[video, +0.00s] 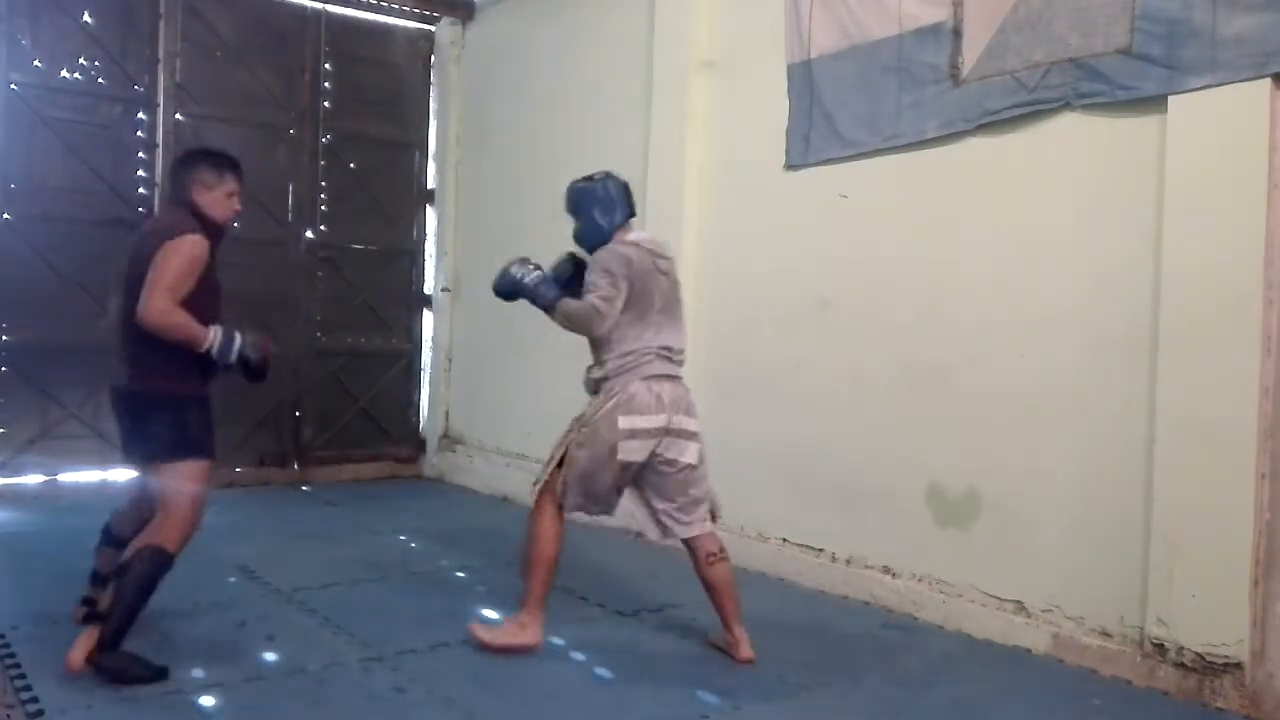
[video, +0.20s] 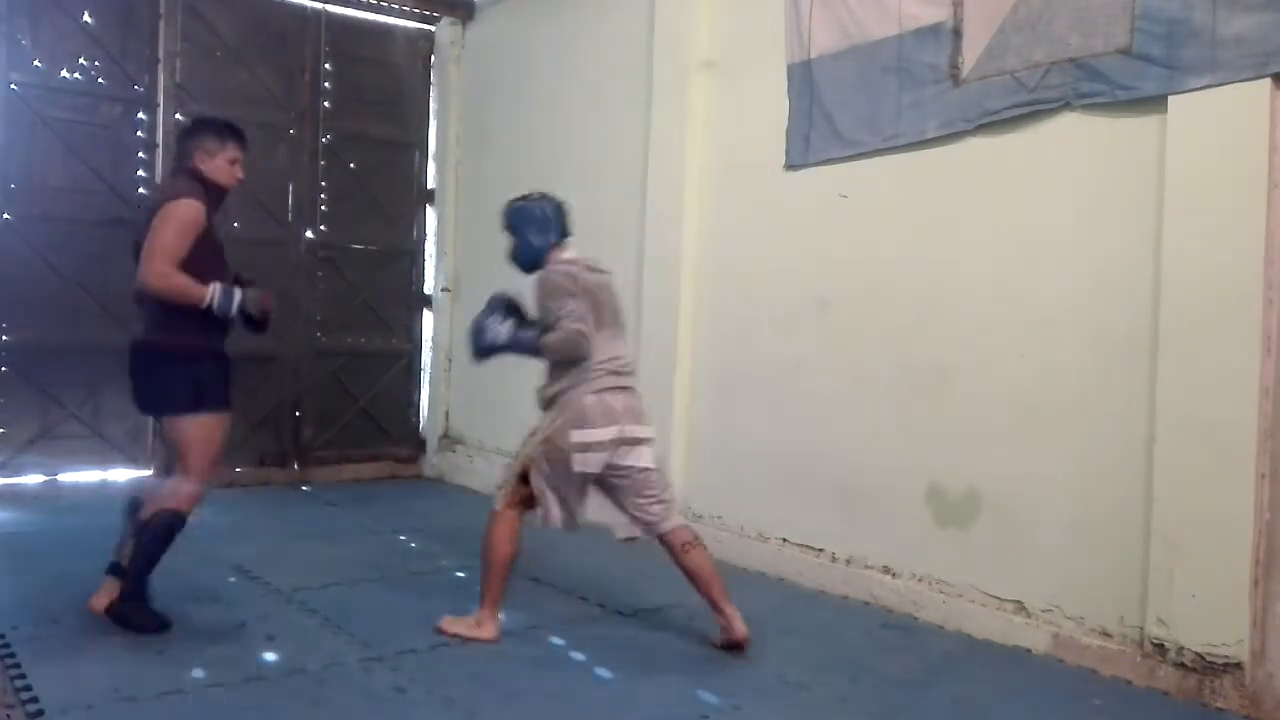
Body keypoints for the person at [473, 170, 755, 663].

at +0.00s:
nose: (574, 229)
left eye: (577, 219)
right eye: (572, 220)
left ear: (594, 218)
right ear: (628, 212)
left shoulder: (611, 258)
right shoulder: (661, 257)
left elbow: (593, 319)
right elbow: (631, 311)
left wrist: (540, 293)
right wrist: (578, 281)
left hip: (626, 403)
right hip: (676, 402)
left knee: (551, 498)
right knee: (696, 522)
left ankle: (528, 621)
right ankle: (737, 636)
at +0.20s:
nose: (510, 248)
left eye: (513, 236)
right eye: (509, 236)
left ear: (533, 235)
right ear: (558, 233)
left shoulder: (556, 276)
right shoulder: (595, 275)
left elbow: (576, 340)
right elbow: (583, 338)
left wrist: (513, 339)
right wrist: (528, 323)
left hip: (583, 412)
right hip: (626, 408)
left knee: (511, 502)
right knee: (663, 518)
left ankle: (486, 618)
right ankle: (730, 619)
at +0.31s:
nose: (473, 245)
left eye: (477, 233)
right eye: (473, 234)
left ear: (498, 232)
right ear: (522, 229)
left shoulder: (521, 274)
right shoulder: (565, 274)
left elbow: (531, 343)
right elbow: (547, 347)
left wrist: (477, 341)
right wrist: (487, 341)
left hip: (551, 407)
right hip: (595, 406)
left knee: (489, 501)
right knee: (625, 515)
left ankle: (484, 617)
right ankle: (699, 594)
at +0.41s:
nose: (457, 232)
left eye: (460, 221)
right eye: (456, 222)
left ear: (480, 219)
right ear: (508, 214)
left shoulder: (497, 261)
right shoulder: (551, 259)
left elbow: (483, 326)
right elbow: (513, 326)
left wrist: (436, 301)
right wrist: (452, 300)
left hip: (532, 392)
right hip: (579, 389)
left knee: (486, 499)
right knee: (582, 498)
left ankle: (484, 617)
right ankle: (637, 579)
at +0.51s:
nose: (454, 221)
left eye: (455, 211)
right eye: (452, 212)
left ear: (473, 207)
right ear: (502, 202)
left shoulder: (479, 249)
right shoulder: (544, 248)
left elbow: (445, 309)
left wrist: (414, 267)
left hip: (515, 382)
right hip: (563, 380)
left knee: (483, 495)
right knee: (548, 482)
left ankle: (483, 610)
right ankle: (577, 585)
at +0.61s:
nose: (454, 218)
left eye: (455, 208)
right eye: (453, 209)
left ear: (468, 207)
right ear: (501, 200)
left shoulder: (475, 248)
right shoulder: (543, 246)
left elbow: (449, 310)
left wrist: (417, 272)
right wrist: (444, 265)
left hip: (510, 382)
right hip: (558, 380)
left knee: (481, 497)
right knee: (538, 484)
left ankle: (482, 609)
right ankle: (553, 585)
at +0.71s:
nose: (454, 224)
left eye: (455, 216)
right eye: (452, 216)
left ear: (467, 217)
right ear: (501, 209)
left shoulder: (469, 262)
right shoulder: (538, 255)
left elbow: (464, 332)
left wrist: (434, 322)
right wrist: (459, 260)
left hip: (489, 383)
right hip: (536, 381)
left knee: (435, 477)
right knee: (505, 486)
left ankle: (453, 568)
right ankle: (498, 580)